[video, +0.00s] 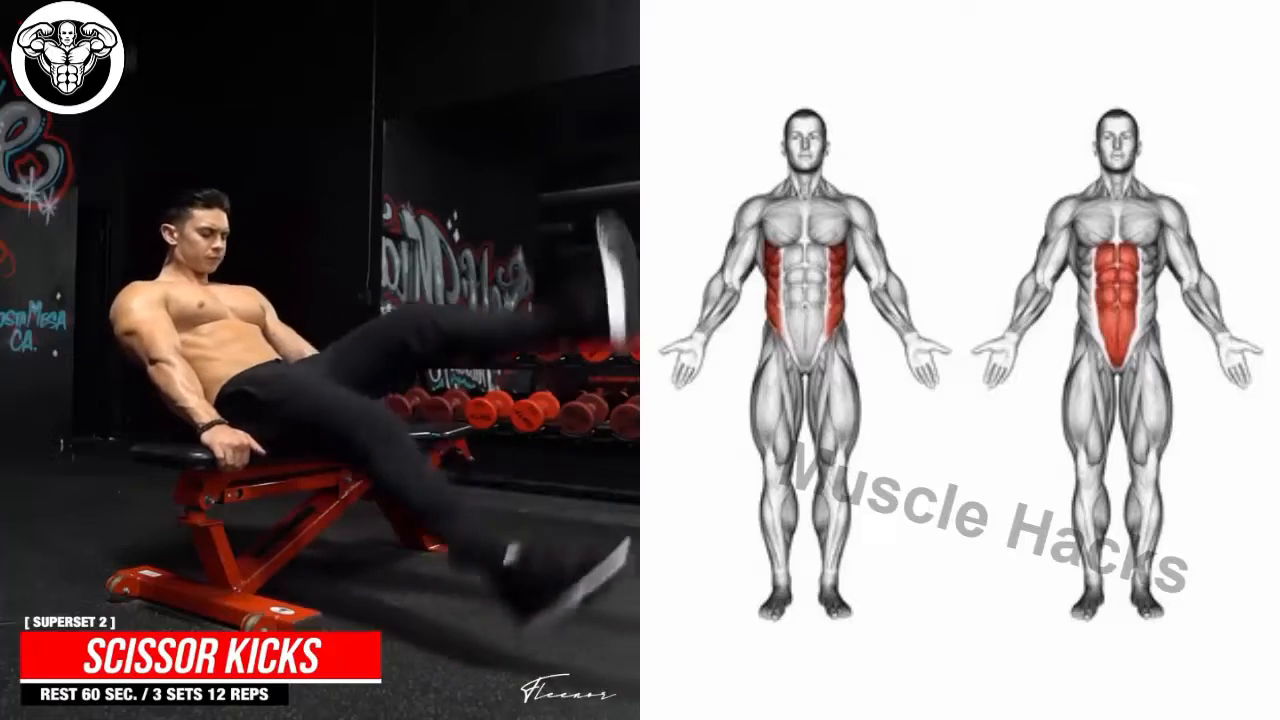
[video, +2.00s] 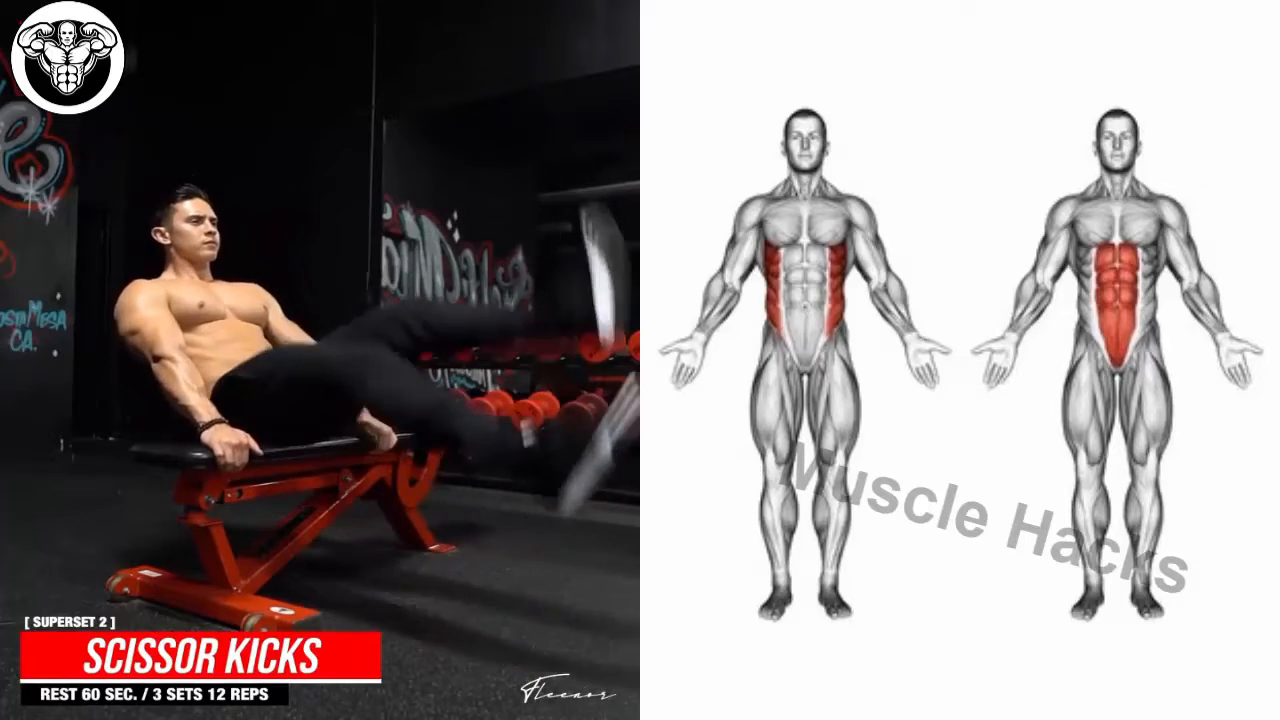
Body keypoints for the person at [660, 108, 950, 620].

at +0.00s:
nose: (804, 145)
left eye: (812, 138)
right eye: (797, 138)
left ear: (825, 145)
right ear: (785, 146)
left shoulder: (851, 211)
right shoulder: (758, 211)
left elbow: (881, 281)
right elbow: (729, 281)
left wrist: (909, 336)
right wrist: (700, 336)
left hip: (832, 356)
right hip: (777, 355)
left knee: (834, 468)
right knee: (777, 469)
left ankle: (829, 584)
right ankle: (780, 585)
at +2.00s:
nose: (804, 145)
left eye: (812, 138)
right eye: (797, 138)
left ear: (825, 145)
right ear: (785, 146)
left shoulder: (851, 211)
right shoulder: (758, 211)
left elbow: (881, 281)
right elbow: (729, 281)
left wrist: (909, 336)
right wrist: (700, 336)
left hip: (832, 355)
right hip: (778, 355)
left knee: (834, 468)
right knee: (777, 469)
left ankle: (829, 584)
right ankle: (780, 585)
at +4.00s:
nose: (805, 145)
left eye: (812, 138)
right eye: (797, 138)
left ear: (825, 145)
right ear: (785, 146)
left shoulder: (851, 211)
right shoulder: (758, 211)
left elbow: (881, 281)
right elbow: (729, 281)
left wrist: (910, 336)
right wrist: (700, 336)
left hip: (832, 356)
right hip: (777, 355)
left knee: (834, 467)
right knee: (777, 469)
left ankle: (829, 584)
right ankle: (780, 585)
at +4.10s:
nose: (805, 145)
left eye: (812, 138)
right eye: (797, 138)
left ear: (825, 145)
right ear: (785, 146)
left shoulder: (851, 211)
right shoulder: (758, 211)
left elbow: (881, 281)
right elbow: (729, 281)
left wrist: (909, 336)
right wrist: (700, 336)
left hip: (832, 355)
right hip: (777, 355)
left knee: (834, 467)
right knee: (777, 469)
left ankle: (829, 584)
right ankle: (780, 585)